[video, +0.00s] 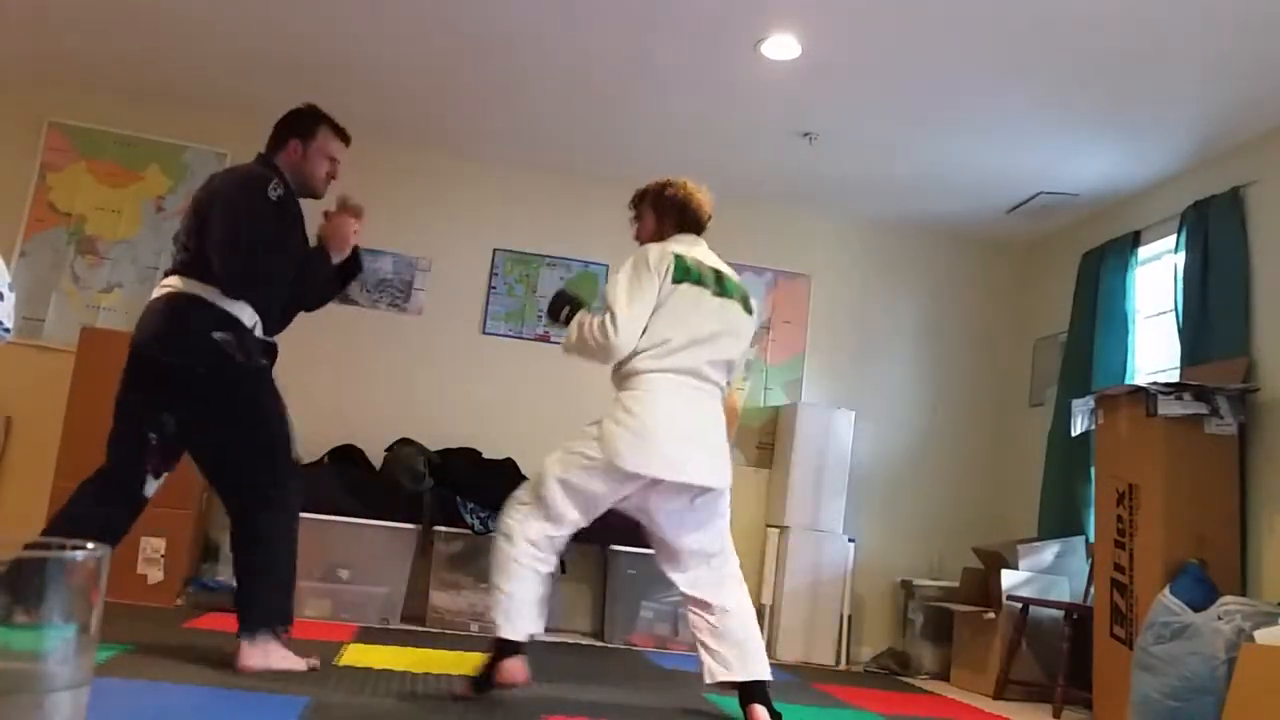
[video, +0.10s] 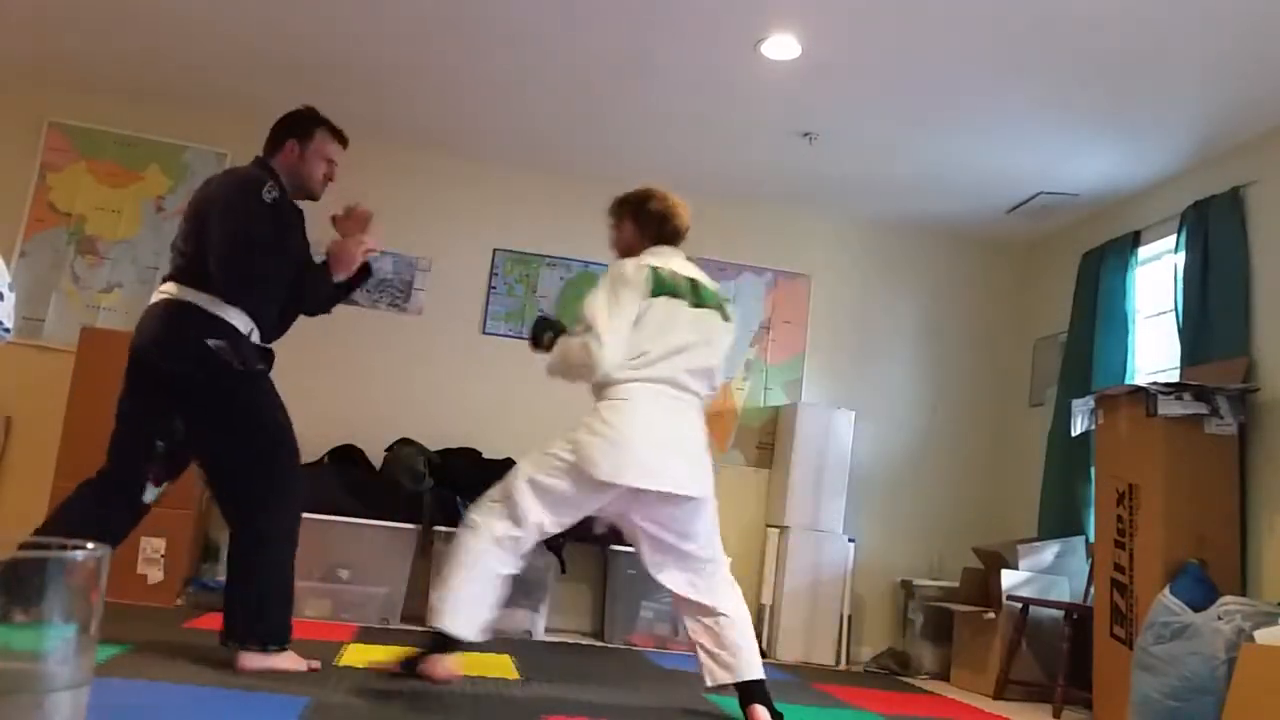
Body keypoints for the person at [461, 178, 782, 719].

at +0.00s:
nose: (635, 229)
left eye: (639, 218)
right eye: (635, 219)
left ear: (664, 217)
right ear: (694, 222)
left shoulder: (653, 258)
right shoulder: (738, 291)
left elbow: (615, 338)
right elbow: (730, 373)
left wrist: (571, 317)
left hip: (639, 430)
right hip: (705, 445)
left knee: (531, 514)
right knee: (715, 573)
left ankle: (508, 652)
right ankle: (758, 704)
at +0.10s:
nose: (613, 239)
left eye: (616, 229)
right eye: (613, 229)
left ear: (636, 229)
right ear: (674, 233)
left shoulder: (629, 273)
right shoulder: (716, 301)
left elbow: (599, 358)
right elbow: (709, 379)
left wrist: (553, 345)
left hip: (618, 436)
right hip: (686, 451)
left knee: (501, 518)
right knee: (707, 576)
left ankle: (446, 647)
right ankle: (758, 704)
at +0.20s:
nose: (571, 231)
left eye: (575, 221)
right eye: (573, 221)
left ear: (595, 223)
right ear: (630, 227)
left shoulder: (576, 272)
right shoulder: (675, 294)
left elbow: (525, 347)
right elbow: (682, 377)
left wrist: (492, 327)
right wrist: (624, 362)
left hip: (575, 440)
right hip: (651, 453)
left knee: (458, 530)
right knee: (680, 573)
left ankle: (367, 645)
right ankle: (754, 692)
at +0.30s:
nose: (516, 224)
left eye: (522, 215)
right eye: (522, 214)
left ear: (534, 221)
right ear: (581, 227)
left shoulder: (504, 273)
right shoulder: (617, 289)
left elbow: (414, 288)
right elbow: (646, 367)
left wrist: (348, 286)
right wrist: (603, 413)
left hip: (530, 448)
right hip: (610, 456)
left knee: (418, 534)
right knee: (650, 563)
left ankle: (354, 664)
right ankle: (735, 671)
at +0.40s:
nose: (466, 227)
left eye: (469, 219)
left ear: (474, 225)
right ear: (533, 228)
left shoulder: (442, 284)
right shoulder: (566, 283)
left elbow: (357, 325)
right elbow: (613, 356)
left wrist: (309, 342)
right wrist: (565, 396)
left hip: (497, 449)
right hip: (580, 451)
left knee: (393, 536)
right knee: (621, 555)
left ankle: (352, 662)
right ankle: (700, 649)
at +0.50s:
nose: (448, 210)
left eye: (450, 201)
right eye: (449, 202)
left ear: (459, 203)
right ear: (515, 203)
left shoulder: (439, 261)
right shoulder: (557, 258)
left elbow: (398, 345)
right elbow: (603, 330)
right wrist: (550, 366)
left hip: (480, 421)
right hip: (560, 424)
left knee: (391, 532)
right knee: (603, 541)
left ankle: (353, 659)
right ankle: (649, 643)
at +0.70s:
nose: (469, 191)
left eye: (473, 180)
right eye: (469, 181)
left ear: (492, 180)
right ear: (534, 183)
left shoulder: (475, 225)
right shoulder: (582, 252)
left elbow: (427, 319)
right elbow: (591, 347)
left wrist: (406, 328)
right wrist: (536, 354)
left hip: (461, 401)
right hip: (539, 418)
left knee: (362, 506)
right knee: (554, 555)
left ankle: (311, 634)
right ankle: (587, 692)